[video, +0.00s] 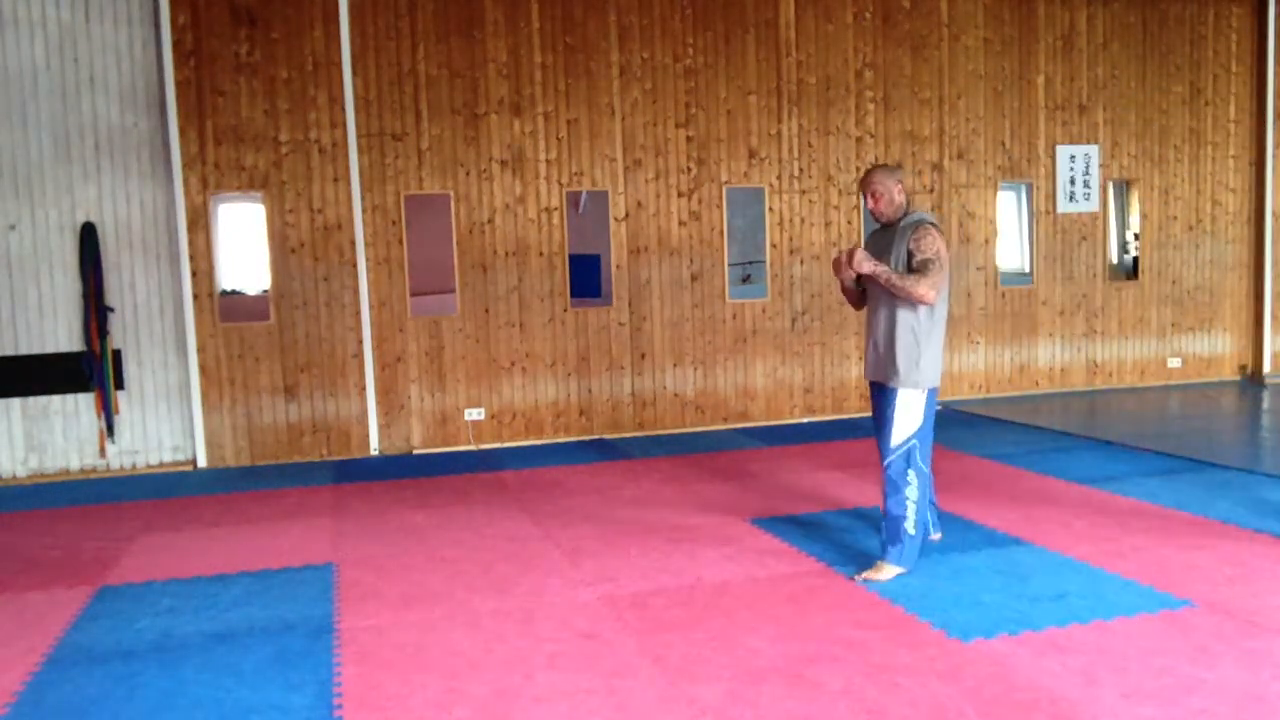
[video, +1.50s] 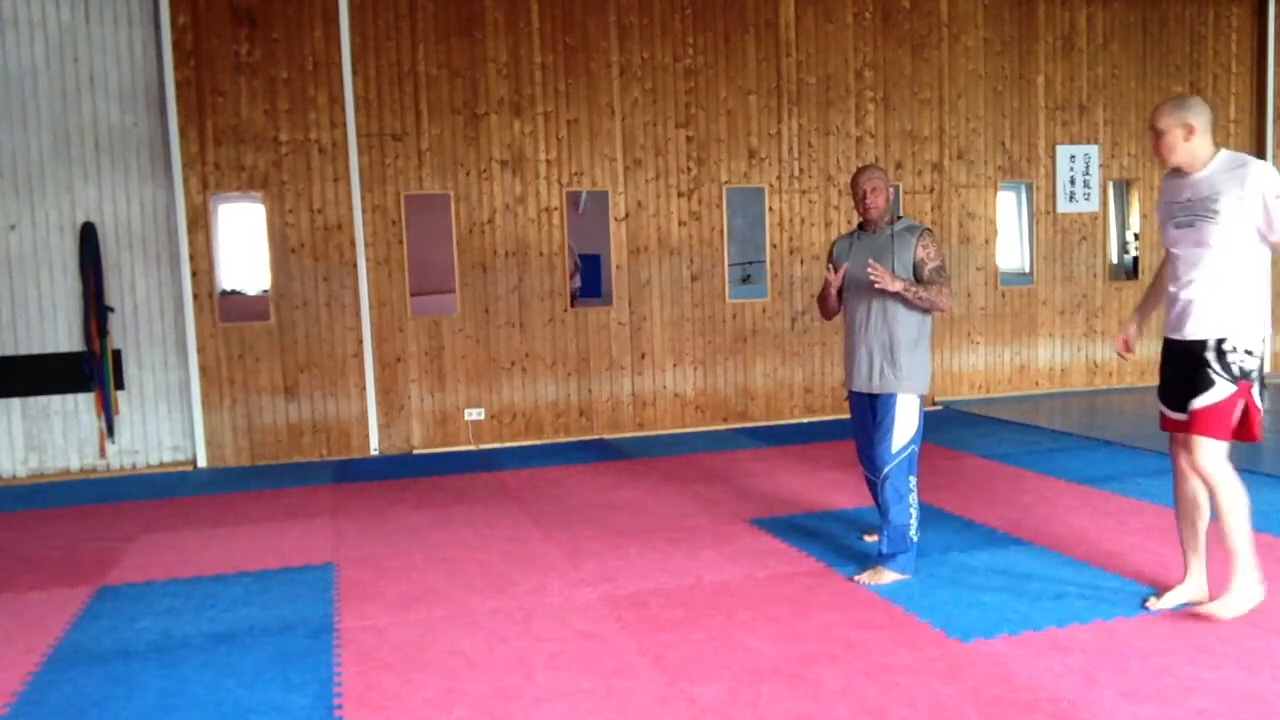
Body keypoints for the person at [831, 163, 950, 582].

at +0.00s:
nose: (871, 204)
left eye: (876, 194)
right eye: (867, 197)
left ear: (899, 191)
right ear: (868, 201)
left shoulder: (924, 233)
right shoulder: (878, 239)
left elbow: (926, 291)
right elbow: (861, 301)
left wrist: (874, 270)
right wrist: (847, 280)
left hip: (913, 366)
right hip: (884, 363)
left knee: (899, 460)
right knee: (903, 454)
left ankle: (899, 554)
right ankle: (926, 524)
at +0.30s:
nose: (856, 203)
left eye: (863, 193)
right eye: (851, 197)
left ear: (886, 191)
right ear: (851, 202)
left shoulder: (910, 235)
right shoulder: (864, 241)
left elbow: (913, 299)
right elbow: (854, 304)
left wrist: (856, 279)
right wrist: (834, 285)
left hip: (908, 380)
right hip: (877, 376)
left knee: (896, 472)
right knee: (871, 453)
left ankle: (898, 561)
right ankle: (912, 512)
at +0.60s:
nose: (849, 210)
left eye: (855, 200)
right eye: (843, 203)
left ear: (878, 196)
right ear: (842, 207)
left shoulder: (910, 241)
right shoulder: (847, 248)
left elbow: (928, 305)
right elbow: (834, 311)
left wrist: (866, 299)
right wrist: (833, 302)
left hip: (907, 381)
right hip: (870, 378)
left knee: (889, 468)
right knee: (872, 461)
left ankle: (898, 561)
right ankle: (893, 528)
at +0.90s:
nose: (853, 206)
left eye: (860, 197)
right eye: (847, 200)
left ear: (881, 196)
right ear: (843, 206)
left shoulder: (913, 241)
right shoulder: (843, 250)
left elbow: (935, 301)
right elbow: (831, 312)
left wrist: (880, 299)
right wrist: (834, 303)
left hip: (903, 379)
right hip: (863, 377)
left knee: (890, 468)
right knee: (870, 462)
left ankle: (899, 560)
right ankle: (894, 526)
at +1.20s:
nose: (864, 198)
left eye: (872, 190)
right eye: (858, 193)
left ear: (890, 193)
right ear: (851, 201)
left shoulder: (916, 239)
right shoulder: (844, 247)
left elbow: (934, 301)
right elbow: (830, 311)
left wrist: (883, 290)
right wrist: (830, 296)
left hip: (901, 375)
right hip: (860, 372)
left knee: (893, 469)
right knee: (871, 462)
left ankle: (899, 560)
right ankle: (895, 526)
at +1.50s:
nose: (866, 199)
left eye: (873, 191)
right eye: (860, 193)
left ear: (891, 193)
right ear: (853, 201)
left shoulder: (917, 238)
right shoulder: (844, 246)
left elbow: (942, 299)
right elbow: (828, 313)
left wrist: (899, 286)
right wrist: (832, 290)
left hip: (902, 372)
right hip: (860, 371)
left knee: (894, 468)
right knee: (872, 462)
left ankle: (900, 560)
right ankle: (896, 526)